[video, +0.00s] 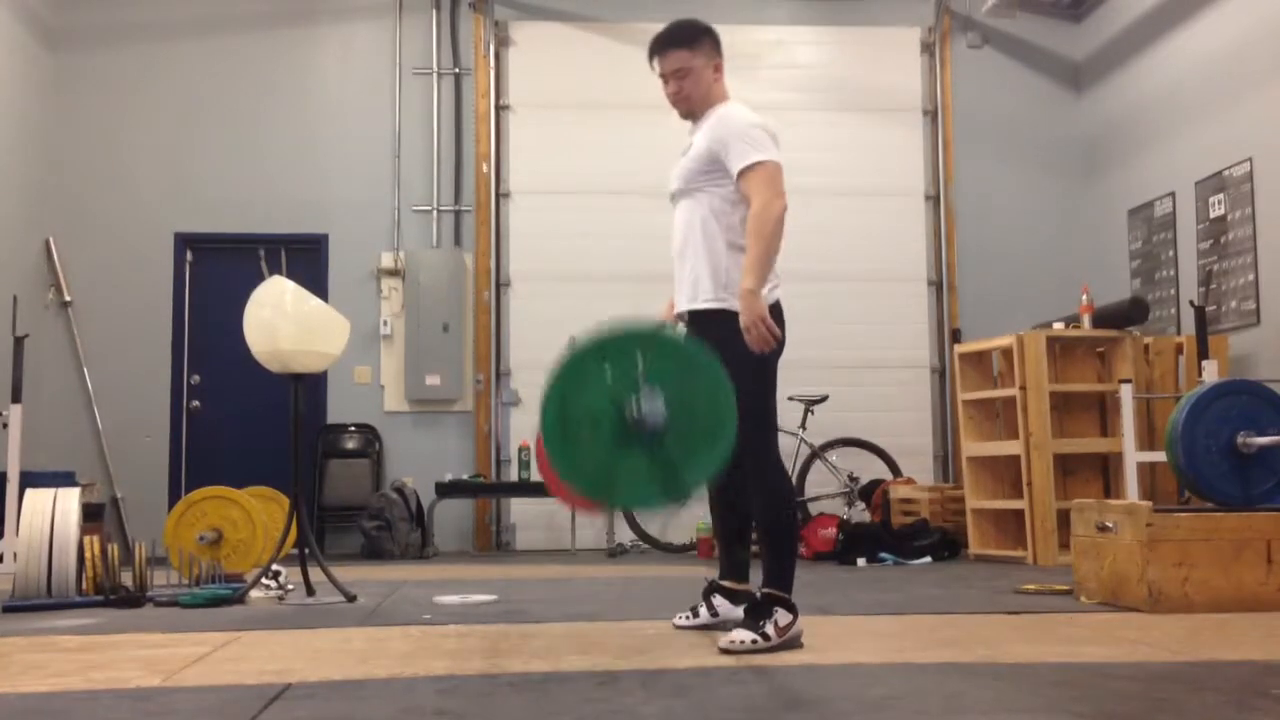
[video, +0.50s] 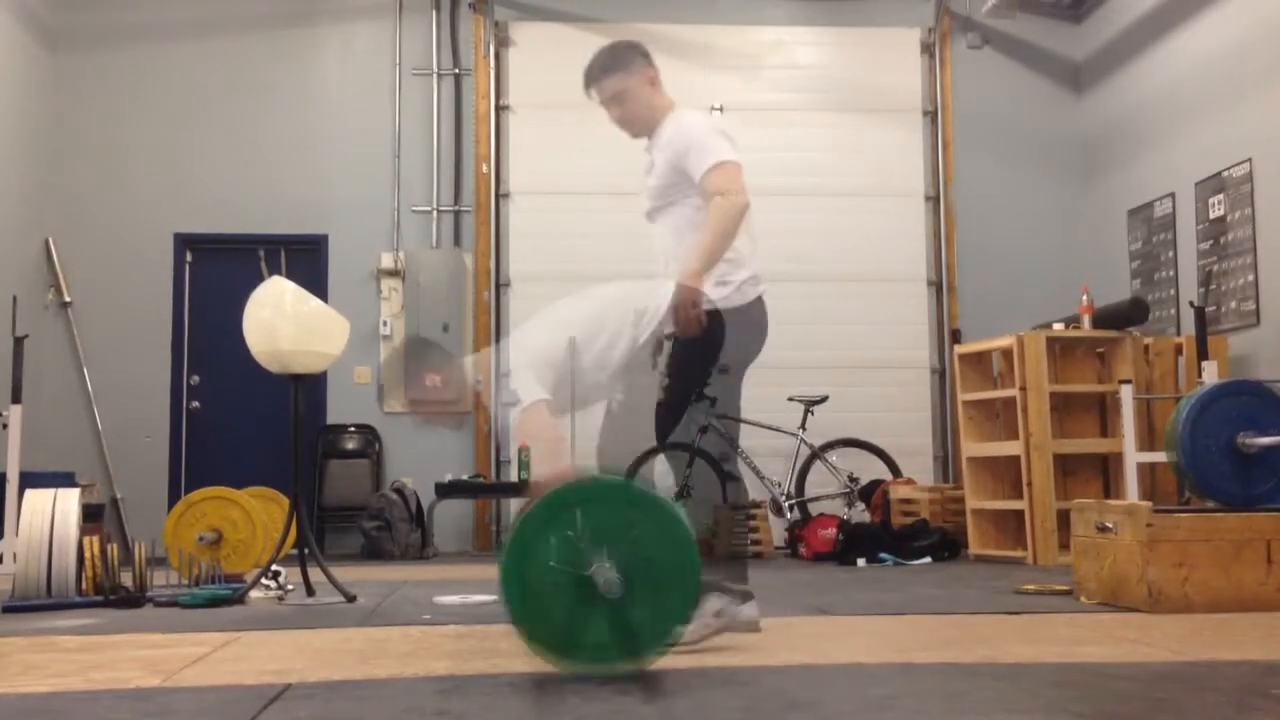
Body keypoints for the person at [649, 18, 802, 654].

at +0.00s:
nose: (672, 89)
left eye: (683, 74)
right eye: (665, 78)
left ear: (716, 68)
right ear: (661, 82)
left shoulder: (737, 124)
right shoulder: (701, 140)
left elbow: (770, 202)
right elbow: (707, 236)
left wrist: (751, 292)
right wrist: (680, 305)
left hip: (739, 318)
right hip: (706, 320)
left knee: (757, 457)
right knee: (721, 458)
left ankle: (778, 608)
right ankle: (730, 594)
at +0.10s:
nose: (662, 91)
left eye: (672, 77)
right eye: (654, 82)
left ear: (707, 71)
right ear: (652, 86)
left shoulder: (726, 125)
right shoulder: (697, 141)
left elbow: (761, 202)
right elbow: (706, 238)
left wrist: (742, 292)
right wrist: (681, 314)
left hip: (737, 319)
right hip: (706, 323)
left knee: (749, 455)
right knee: (714, 457)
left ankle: (777, 608)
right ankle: (730, 594)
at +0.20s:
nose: (653, 95)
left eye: (662, 80)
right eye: (644, 86)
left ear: (696, 74)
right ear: (641, 91)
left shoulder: (718, 127)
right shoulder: (689, 144)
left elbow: (753, 202)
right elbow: (697, 241)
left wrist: (724, 289)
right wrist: (673, 315)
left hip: (733, 320)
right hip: (702, 324)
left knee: (736, 451)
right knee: (711, 454)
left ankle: (774, 605)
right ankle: (731, 595)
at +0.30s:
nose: (640, 101)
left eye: (648, 85)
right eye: (631, 92)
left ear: (681, 75)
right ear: (629, 97)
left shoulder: (709, 128)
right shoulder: (680, 147)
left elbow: (745, 203)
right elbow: (694, 238)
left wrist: (712, 286)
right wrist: (678, 310)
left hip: (730, 317)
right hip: (703, 320)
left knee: (721, 447)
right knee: (711, 450)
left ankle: (762, 596)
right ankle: (732, 590)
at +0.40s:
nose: (628, 109)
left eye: (633, 93)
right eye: (618, 100)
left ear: (666, 80)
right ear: (619, 102)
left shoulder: (700, 128)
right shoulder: (676, 146)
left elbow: (740, 203)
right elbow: (691, 240)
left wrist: (701, 279)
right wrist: (675, 312)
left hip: (724, 315)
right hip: (705, 319)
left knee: (716, 451)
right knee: (713, 453)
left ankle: (743, 584)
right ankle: (728, 589)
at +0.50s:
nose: (614, 114)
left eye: (618, 98)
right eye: (604, 104)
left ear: (651, 81)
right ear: (604, 103)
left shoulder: (690, 128)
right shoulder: (668, 143)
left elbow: (732, 197)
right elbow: (691, 233)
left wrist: (693, 276)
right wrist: (675, 308)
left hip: (720, 313)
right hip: (705, 314)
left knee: (691, 445)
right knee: (709, 449)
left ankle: (720, 591)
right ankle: (731, 592)